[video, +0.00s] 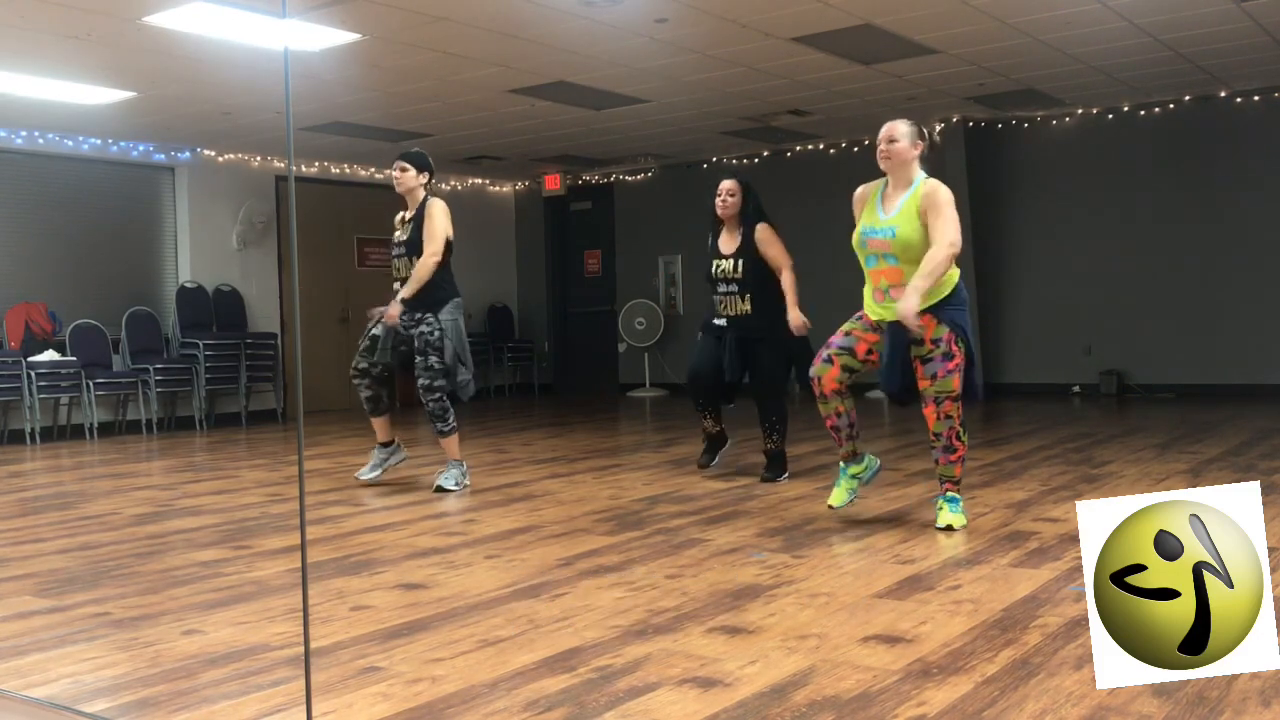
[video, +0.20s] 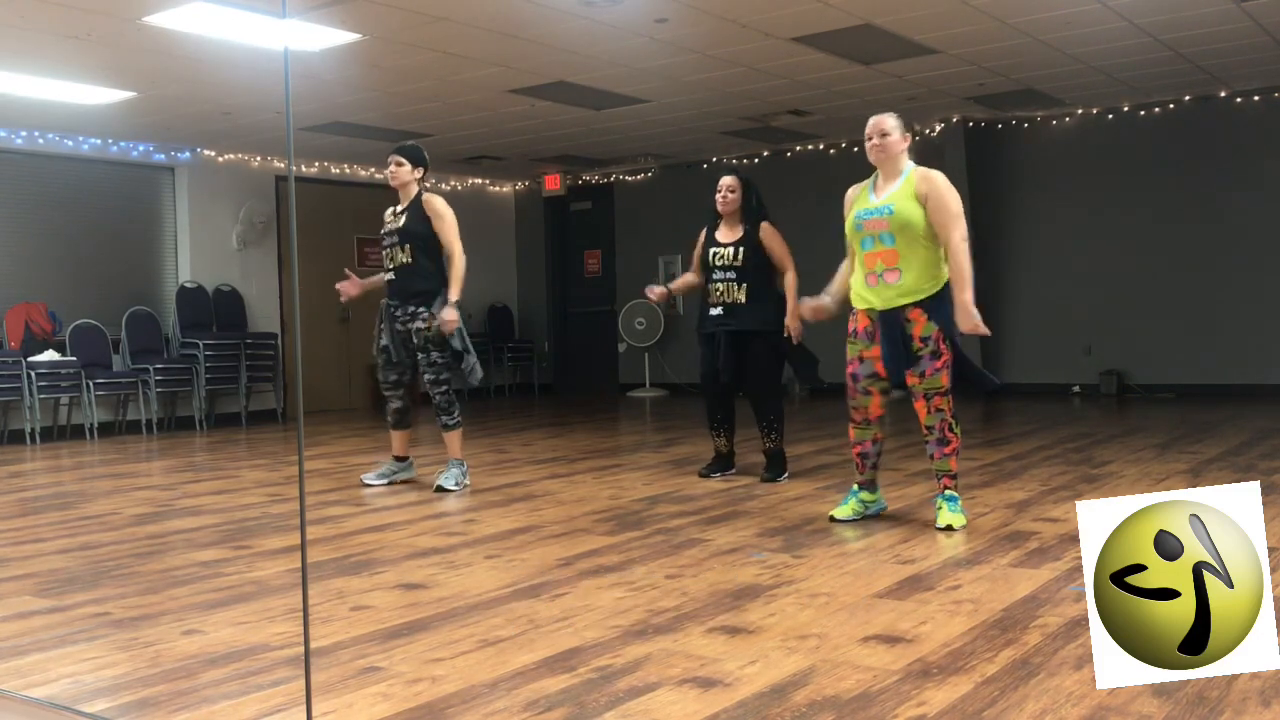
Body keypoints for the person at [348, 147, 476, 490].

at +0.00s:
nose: (395, 174)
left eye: (403, 170)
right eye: (394, 170)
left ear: (423, 176)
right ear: (395, 178)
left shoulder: (435, 207)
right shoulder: (400, 219)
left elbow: (433, 257)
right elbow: (406, 267)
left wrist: (399, 301)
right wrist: (393, 304)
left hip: (436, 312)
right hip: (405, 311)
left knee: (431, 386)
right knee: (365, 371)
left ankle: (456, 466)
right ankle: (387, 446)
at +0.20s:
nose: (390, 170)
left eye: (397, 165)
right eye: (389, 165)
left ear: (418, 171)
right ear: (389, 172)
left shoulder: (433, 204)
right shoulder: (391, 215)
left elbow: (456, 253)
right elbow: (398, 270)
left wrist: (452, 303)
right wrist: (363, 285)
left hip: (430, 311)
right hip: (394, 312)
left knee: (439, 386)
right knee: (394, 385)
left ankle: (456, 465)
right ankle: (400, 462)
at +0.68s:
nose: (399, 169)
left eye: (407, 163)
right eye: (398, 164)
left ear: (427, 170)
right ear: (399, 173)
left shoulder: (443, 211)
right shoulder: (391, 208)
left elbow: (461, 264)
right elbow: (382, 262)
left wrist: (449, 282)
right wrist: (353, 305)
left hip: (429, 311)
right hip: (393, 312)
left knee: (439, 388)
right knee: (400, 389)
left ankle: (459, 465)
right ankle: (401, 462)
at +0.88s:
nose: (408, 172)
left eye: (415, 167)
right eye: (407, 168)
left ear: (437, 171)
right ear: (408, 176)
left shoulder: (453, 209)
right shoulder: (410, 209)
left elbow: (459, 265)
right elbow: (405, 262)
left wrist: (430, 260)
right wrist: (385, 300)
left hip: (443, 311)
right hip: (408, 310)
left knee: (437, 384)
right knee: (375, 372)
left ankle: (460, 464)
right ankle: (389, 450)